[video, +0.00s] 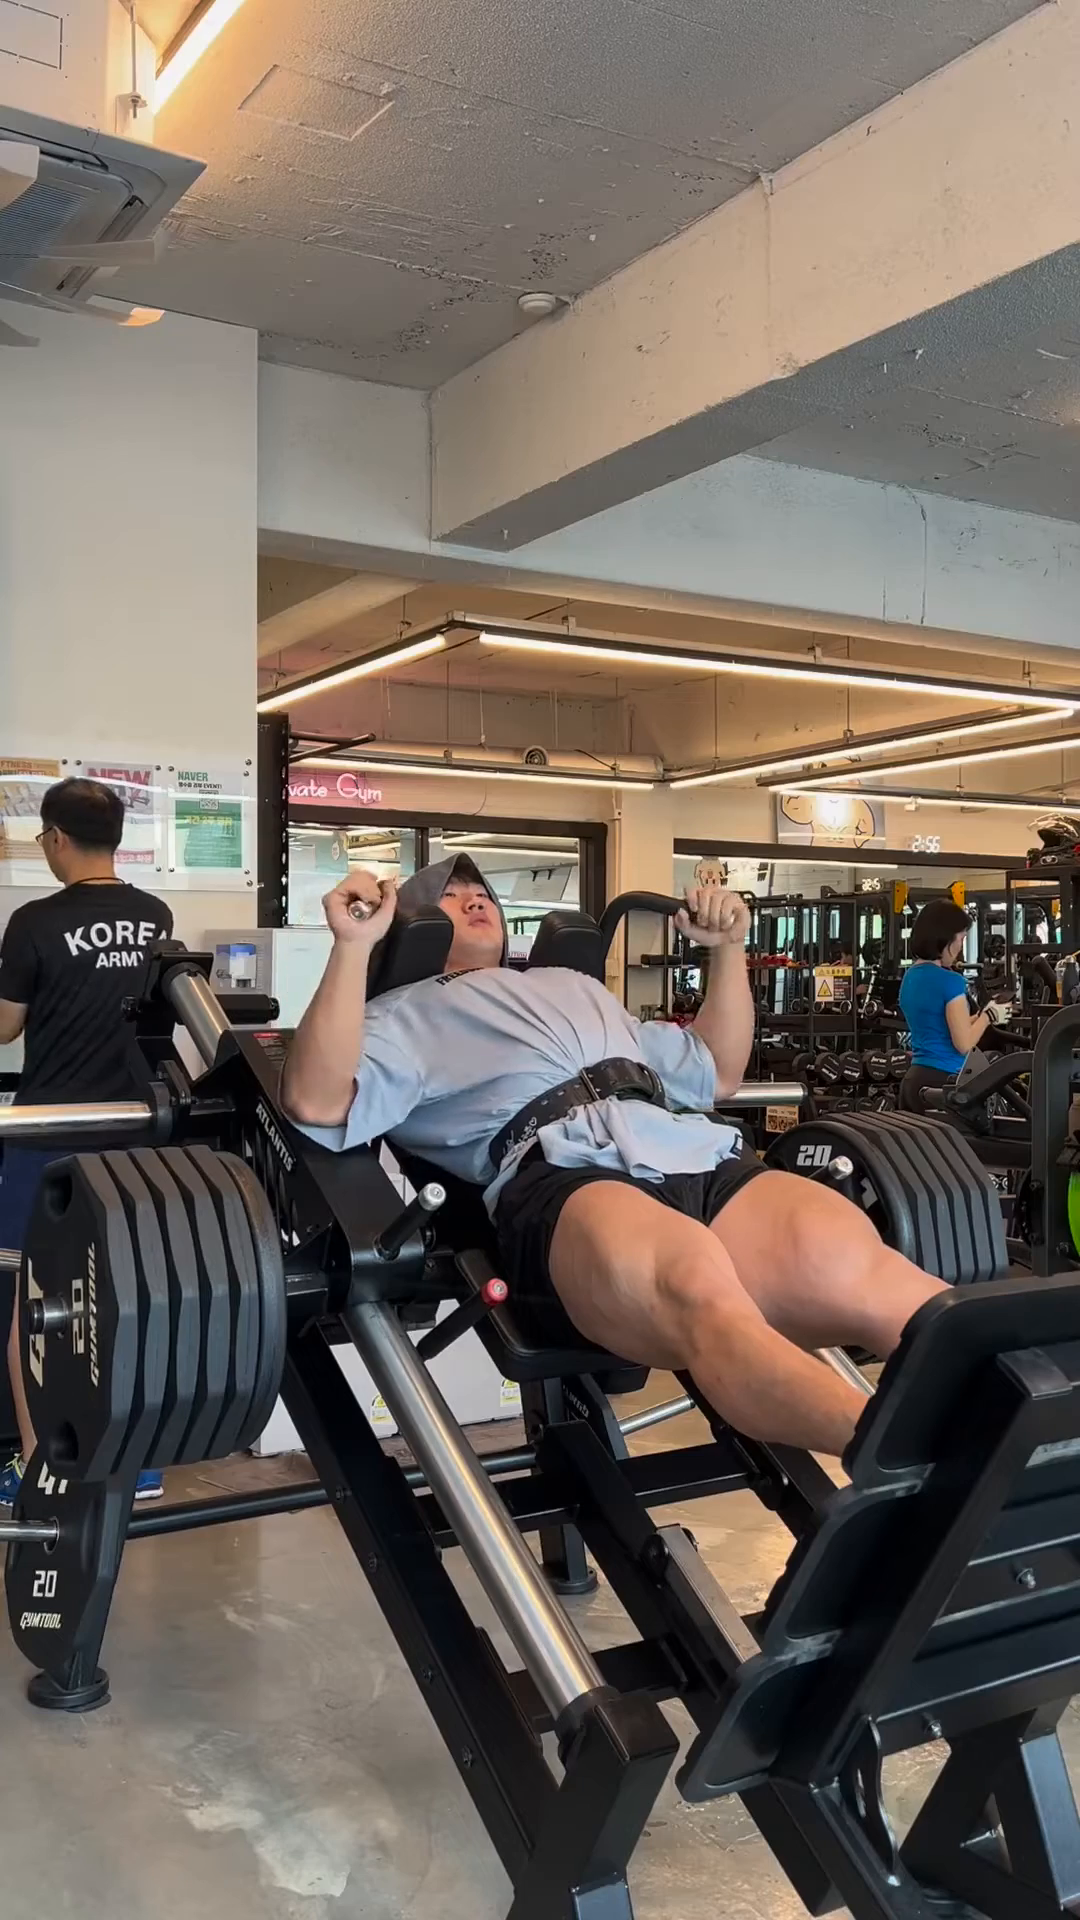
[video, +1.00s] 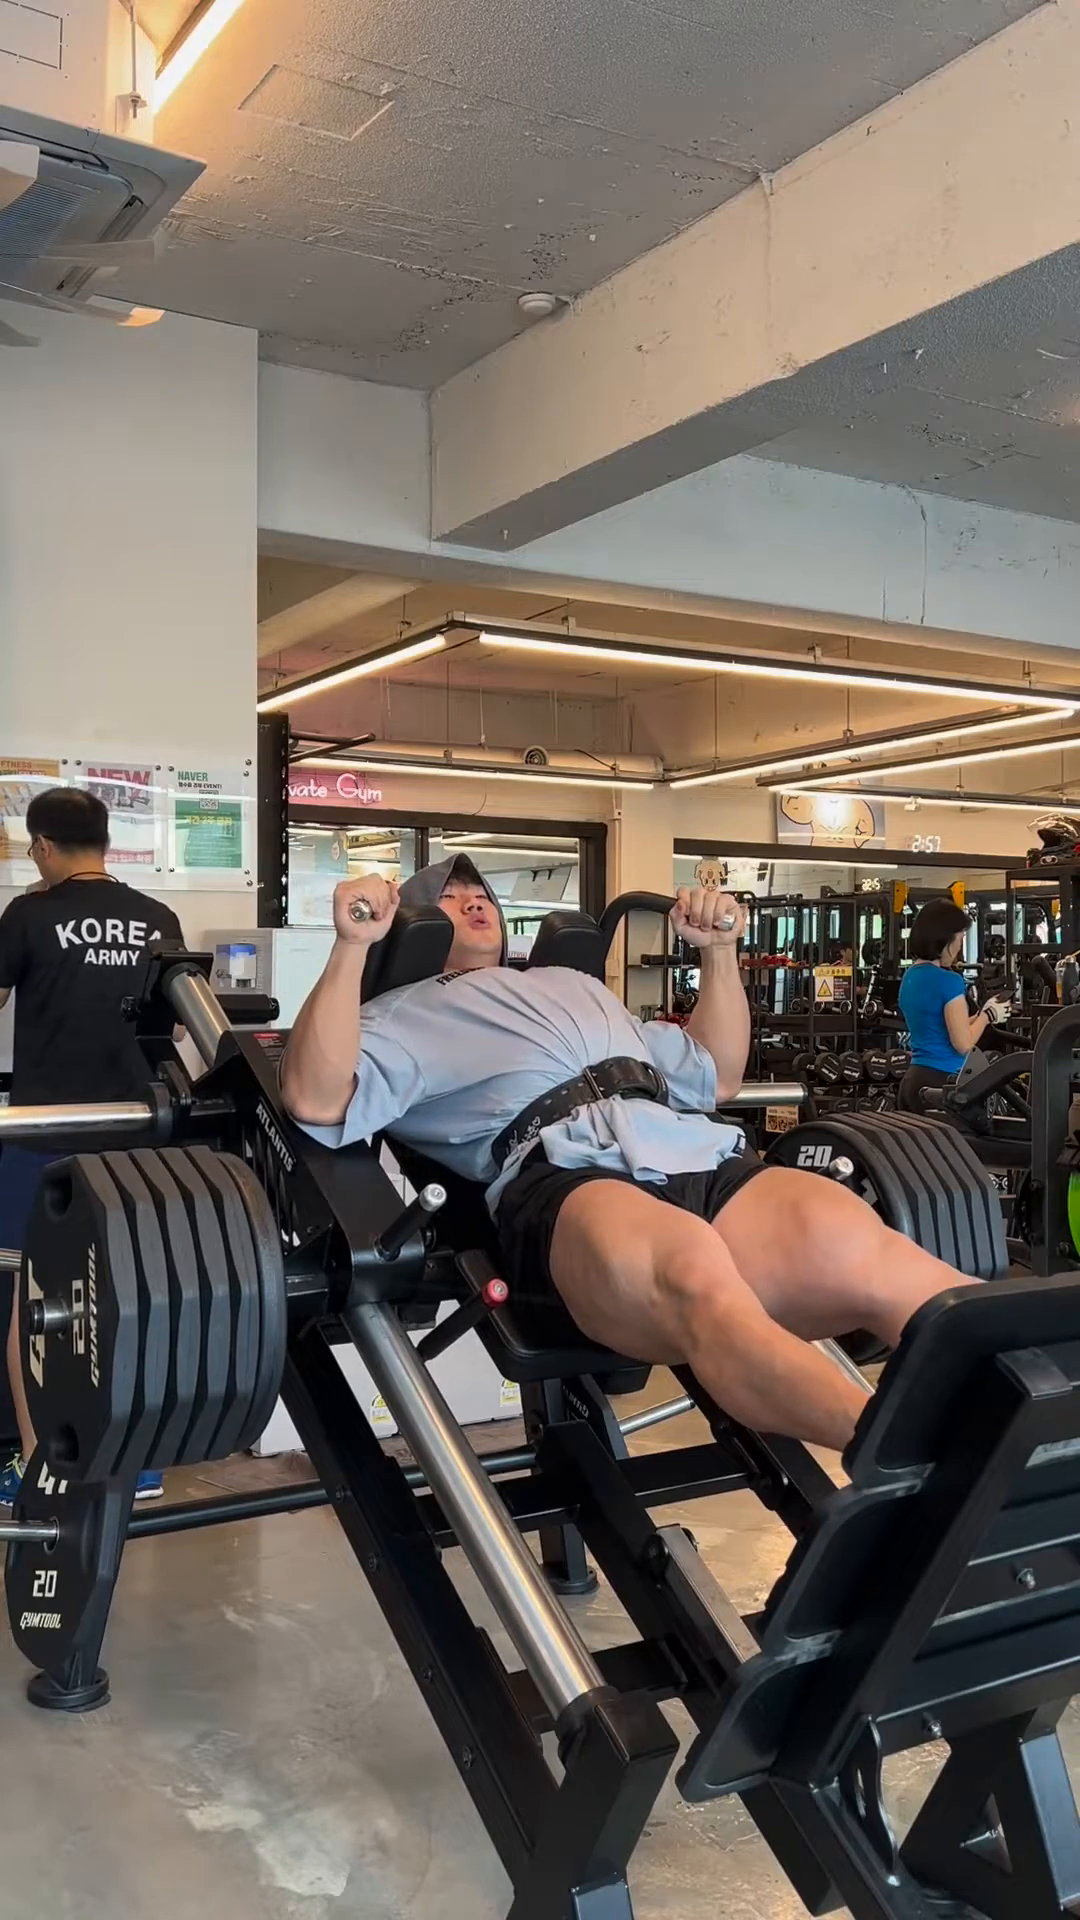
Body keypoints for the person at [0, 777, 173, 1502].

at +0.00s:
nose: (44, 848)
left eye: (44, 837)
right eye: (46, 837)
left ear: (57, 840)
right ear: (115, 840)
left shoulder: (35, 921)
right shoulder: (154, 912)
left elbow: (6, 1024)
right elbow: (161, 1006)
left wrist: (60, 986)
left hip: (47, 1134)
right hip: (136, 1133)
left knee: (25, 1296)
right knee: (131, 1292)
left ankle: (34, 1456)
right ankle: (138, 1461)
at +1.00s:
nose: (30, 860)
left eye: (31, 849)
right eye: (31, 849)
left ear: (43, 846)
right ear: (106, 846)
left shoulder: (29, 915)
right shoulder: (159, 917)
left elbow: (4, 984)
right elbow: (176, 1019)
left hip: (40, 1131)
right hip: (135, 1135)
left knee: (26, 1296)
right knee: (132, 1293)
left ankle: (35, 1454)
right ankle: (139, 1461)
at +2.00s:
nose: (48, 857)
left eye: (45, 847)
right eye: (59, 848)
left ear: (48, 846)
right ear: (116, 849)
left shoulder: (25, 916)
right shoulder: (159, 918)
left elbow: (4, 1027)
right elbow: (173, 1020)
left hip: (44, 1133)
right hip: (139, 1130)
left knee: (21, 1297)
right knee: (128, 1290)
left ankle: (38, 1456)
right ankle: (126, 1448)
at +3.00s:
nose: (49, 858)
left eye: (45, 848)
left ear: (48, 847)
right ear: (115, 848)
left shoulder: (25, 917)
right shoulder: (160, 917)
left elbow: (5, 1029)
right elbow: (175, 1020)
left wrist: (55, 1014)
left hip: (47, 1128)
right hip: (136, 1128)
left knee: (27, 1295)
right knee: (124, 1290)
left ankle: (41, 1462)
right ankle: (126, 1453)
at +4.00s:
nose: (47, 859)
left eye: (44, 849)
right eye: (51, 849)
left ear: (48, 847)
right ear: (116, 848)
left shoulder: (28, 916)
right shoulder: (163, 918)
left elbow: (6, 1020)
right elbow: (178, 1023)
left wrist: (47, 1004)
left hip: (47, 1130)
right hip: (135, 1132)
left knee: (26, 1298)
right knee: (130, 1288)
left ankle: (41, 1462)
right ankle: (138, 1447)